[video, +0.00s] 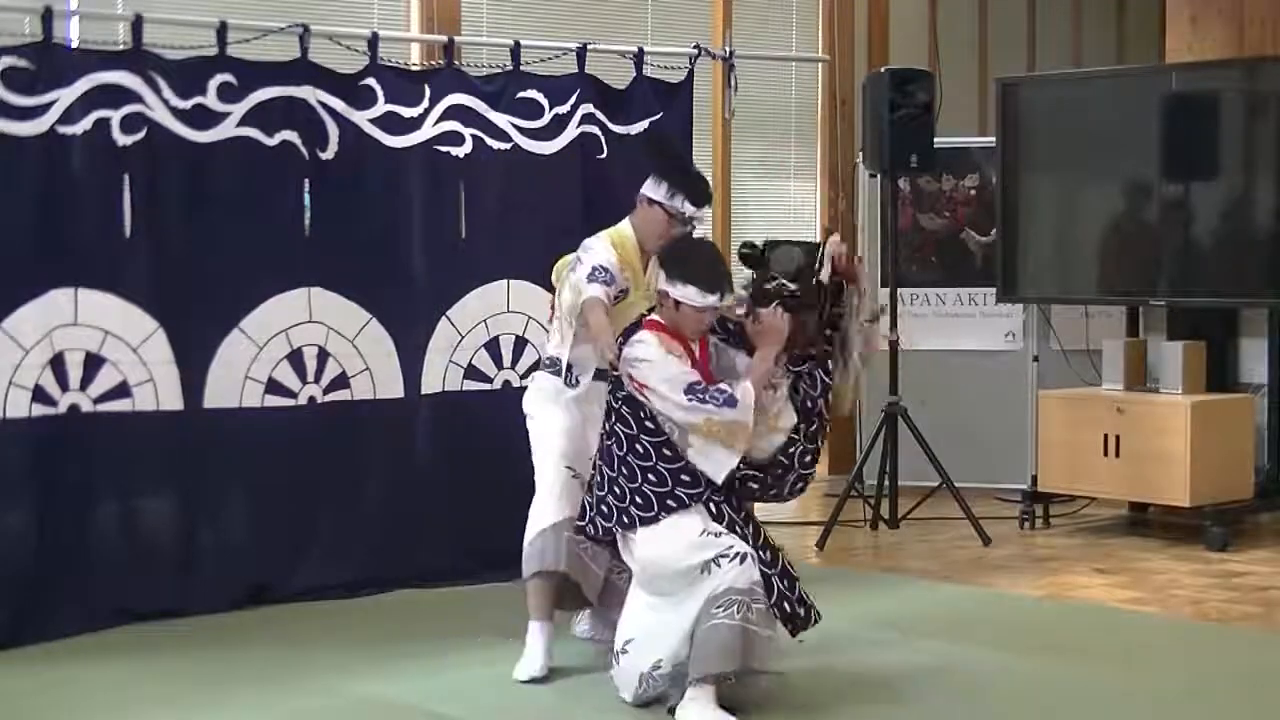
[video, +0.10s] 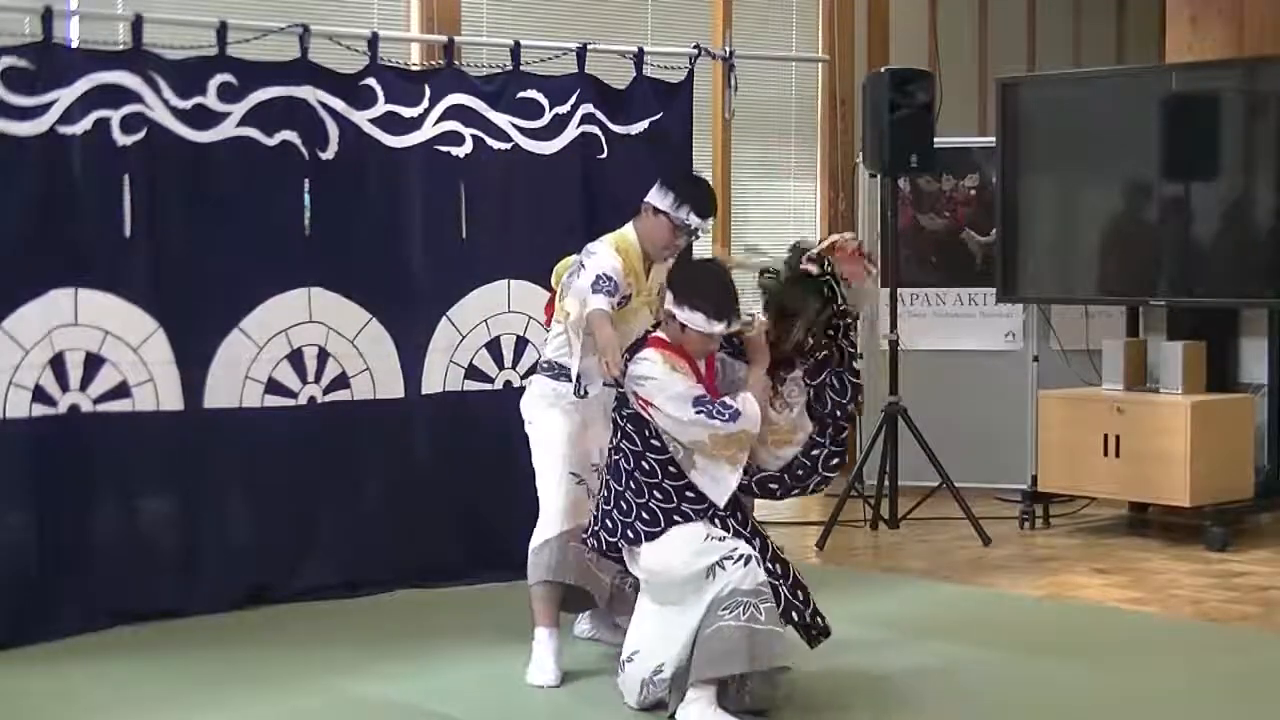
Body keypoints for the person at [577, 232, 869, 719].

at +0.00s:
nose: (709, 317)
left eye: (715, 306)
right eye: (699, 307)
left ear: (722, 299)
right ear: (665, 298)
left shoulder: (711, 345)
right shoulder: (645, 350)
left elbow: (762, 435)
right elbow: (716, 414)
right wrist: (766, 355)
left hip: (696, 497)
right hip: (648, 501)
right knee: (736, 565)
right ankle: (700, 694)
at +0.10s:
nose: (716, 341)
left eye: (721, 331)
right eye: (707, 331)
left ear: (728, 325)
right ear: (674, 317)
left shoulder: (711, 359)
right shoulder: (651, 366)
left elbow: (770, 443)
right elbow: (722, 427)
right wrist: (757, 370)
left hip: (691, 509)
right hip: (647, 515)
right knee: (740, 567)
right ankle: (699, 698)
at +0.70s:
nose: (767, 383)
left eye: (775, 375)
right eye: (761, 374)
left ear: (783, 356)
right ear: (736, 357)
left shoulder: (768, 381)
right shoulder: (705, 390)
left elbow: (811, 454)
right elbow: (753, 456)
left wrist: (817, 389)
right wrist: (809, 416)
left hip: (742, 513)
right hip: (692, 516)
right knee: (742, 564)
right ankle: (698, 692)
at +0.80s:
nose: (776, 382)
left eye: (782, 373)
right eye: (770, 372)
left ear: (782, 361)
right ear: (744, 356)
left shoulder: (762, 379)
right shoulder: (709, 390)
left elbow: (798, 434)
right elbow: (747, 444)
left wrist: (819, 369)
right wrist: (808, 401)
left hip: (740, 517)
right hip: (693, 519)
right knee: (743, 563)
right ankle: (698, 693)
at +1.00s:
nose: (780, 385)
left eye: (789, 377)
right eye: (772, 376)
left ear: (801, 359)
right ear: (751, 358)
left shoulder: (793, 379)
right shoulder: (719, 385)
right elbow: (784, 454)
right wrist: (849, 403)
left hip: (744, 517)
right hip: (693, 512)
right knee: (736, 563)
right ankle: (698, 694)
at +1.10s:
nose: (788, 388)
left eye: (795, 379)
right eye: (781, 378)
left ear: (807, 363)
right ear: (758, 359)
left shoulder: (797, 379)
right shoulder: (722, 391)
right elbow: (778, 471)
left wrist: (847, 412)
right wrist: (841, 428)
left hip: (741, 511)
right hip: (691, 512)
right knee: (736, 565)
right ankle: (698, 695)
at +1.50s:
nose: (793, 417)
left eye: (804, 412)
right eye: (786, 408)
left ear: (818, 391)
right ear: (767, 381)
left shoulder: (811, 396)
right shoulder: (721, 396)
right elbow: (775, 475)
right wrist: (846, 442)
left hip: (746, 518)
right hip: (689, 516)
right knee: (723, 561)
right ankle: (696, 688)